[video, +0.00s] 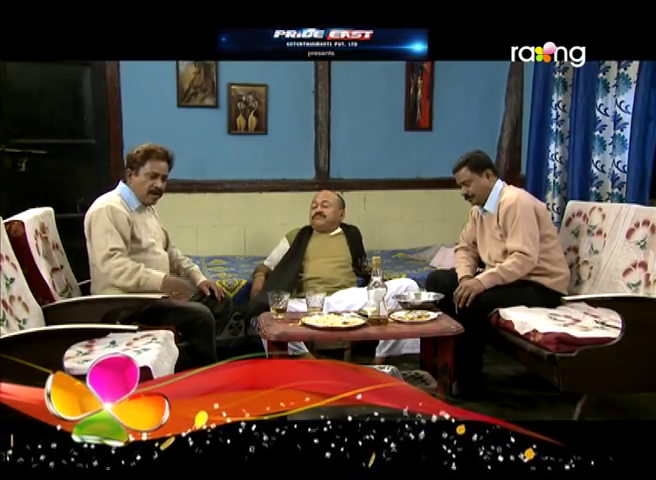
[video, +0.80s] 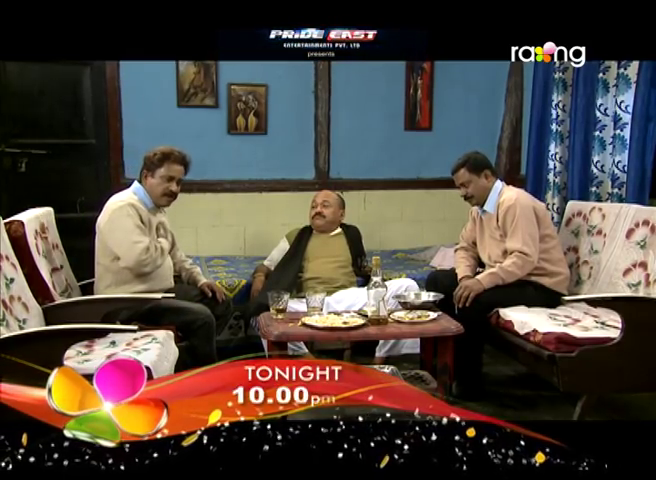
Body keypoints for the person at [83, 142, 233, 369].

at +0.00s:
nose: (159, 185)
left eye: (163, 179)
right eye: (152, 177)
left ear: (168, 181)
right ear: (131, 175)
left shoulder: (146, 211)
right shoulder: (107, 209)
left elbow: (170, 253)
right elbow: (113, 268)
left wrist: (199, 279)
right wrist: (163, 282)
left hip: (153, 300)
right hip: (125, 307)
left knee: (218, 302)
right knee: (200, 317)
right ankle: (205, 387)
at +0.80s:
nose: (175, 188)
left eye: (179, 182)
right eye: (168, 180)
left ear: (181, 184)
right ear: (146, 177)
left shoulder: (156, 213)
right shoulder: (121, 209)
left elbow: (175, 258)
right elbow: (137, 260)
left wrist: (201, 281)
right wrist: (163, 244)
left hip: (158, 295)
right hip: (127, 304)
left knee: (219, 304)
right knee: (201, 318)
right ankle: (204, 385)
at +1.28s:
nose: (178, 190)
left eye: (183, 184)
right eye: (172, 181)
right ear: (150, 177)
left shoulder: (158, 214)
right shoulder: (126, 209)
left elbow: (177, 257)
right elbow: (141, 262)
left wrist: (201, 281)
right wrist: (164, 244)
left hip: (158, 295)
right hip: (128, 304)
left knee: (219, 304)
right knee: (200, 318)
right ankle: (205, 385)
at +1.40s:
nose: (179, 191)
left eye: (184, 185)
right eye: (174, 182)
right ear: (152, 178)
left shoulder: (158, 214)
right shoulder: (126, 210)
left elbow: (177, 257)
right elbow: (142, 263)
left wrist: (201, 281)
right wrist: (165, 244)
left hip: (157, 295)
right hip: (128, 304)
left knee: (218, 304)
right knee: (200, 318)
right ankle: (205, 386)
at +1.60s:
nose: (182, 192)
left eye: (186, 186)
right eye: (176, 183)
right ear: (154, 179)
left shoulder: (159, 214)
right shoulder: (128, 210)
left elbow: (177, 257)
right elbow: (144, 264)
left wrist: (201, 281)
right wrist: (166, 245)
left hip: (155, 296)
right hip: (126, 304)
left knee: (219, 305)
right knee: (200, 319)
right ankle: (204, 386)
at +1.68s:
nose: (182, 192)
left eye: (187, 187)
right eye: (176, 183)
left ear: (191, 188)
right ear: (154, 179)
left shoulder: (159, 214)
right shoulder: (129, 210)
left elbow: (178, 258)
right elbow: (144, 264)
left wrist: (201, 282)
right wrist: (167, 244)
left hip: (156, 295)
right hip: (127, 304)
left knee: (219, 304)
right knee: (201, 319)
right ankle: (204, 385)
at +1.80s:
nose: (183, 192)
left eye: (188, 187)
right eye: (177, 184)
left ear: (192, 189)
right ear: (156, 179)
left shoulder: (159, 215)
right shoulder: (130, 210)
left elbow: (178, 258)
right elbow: (145, 265)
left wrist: (201, 282)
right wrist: (167, 245)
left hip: (156, 296)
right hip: (127, 305)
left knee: (219, 304)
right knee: (201, 319)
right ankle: (204, 385)